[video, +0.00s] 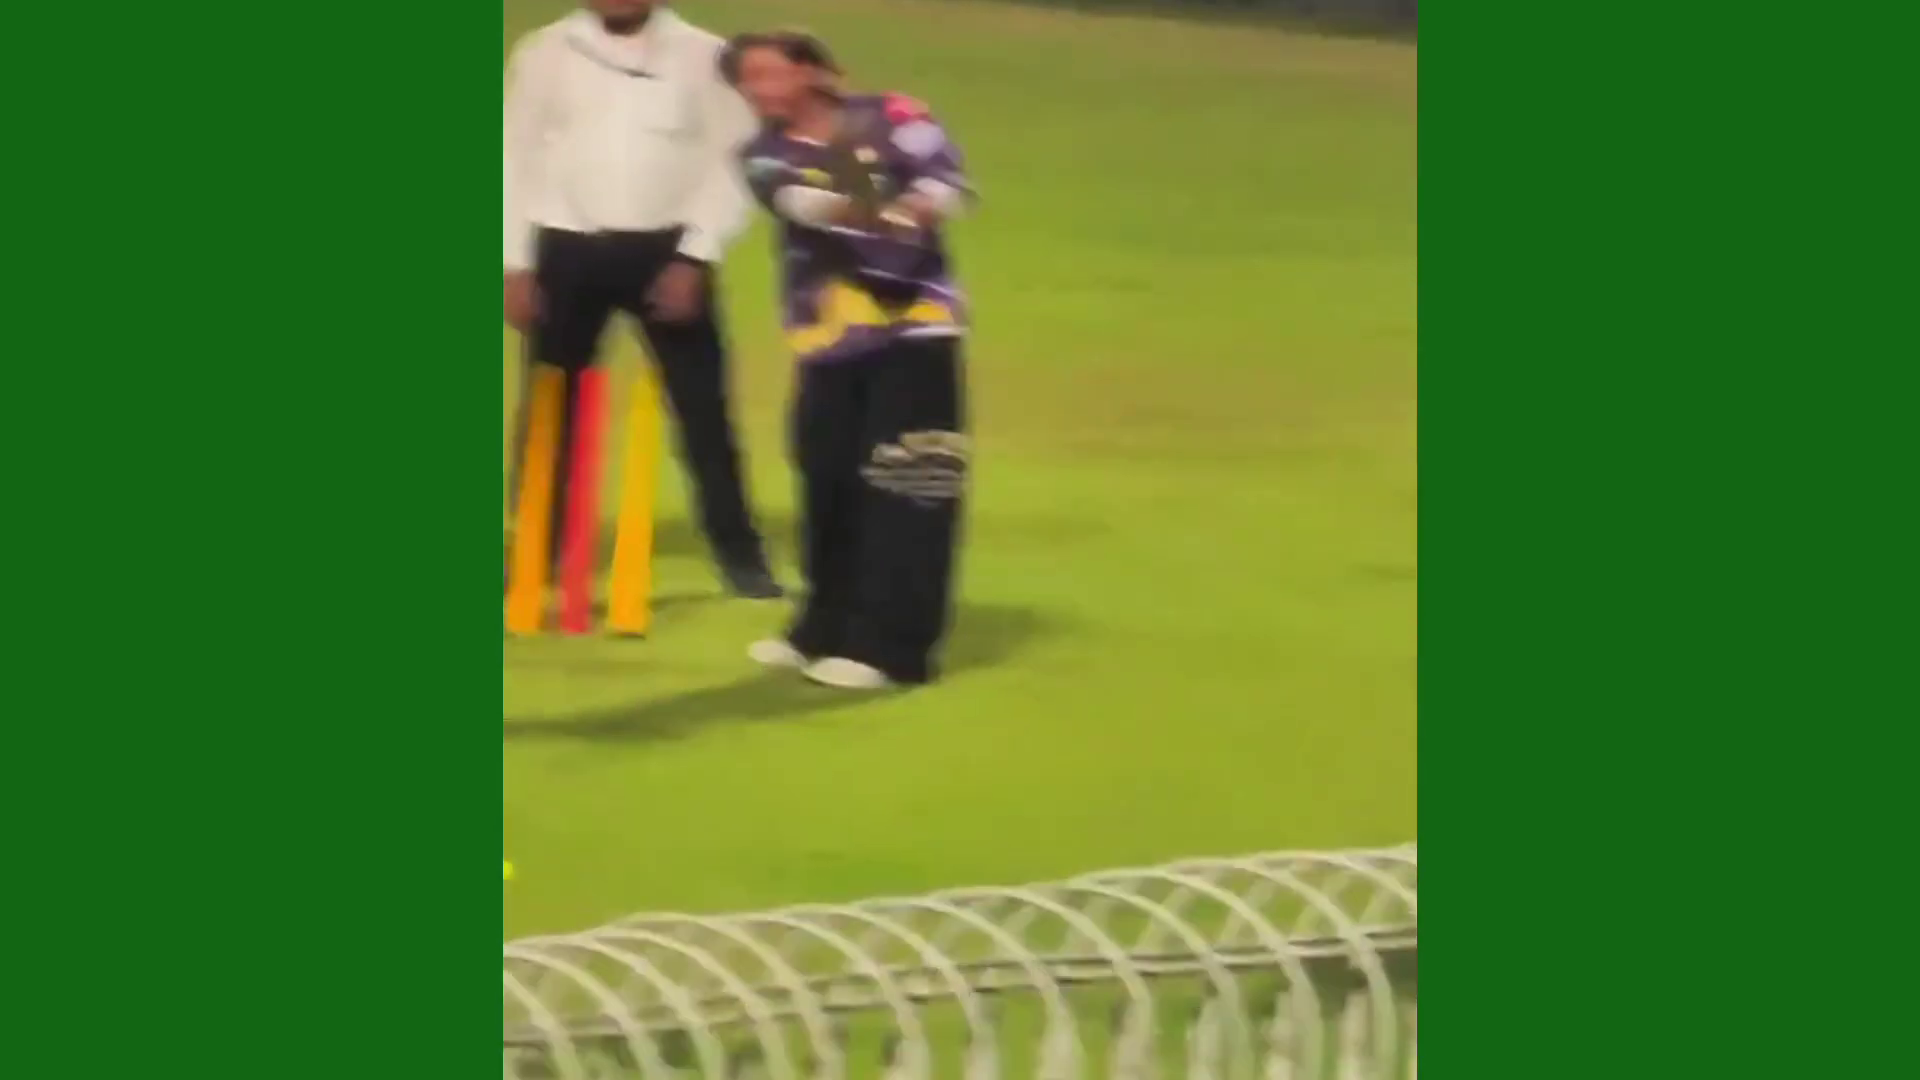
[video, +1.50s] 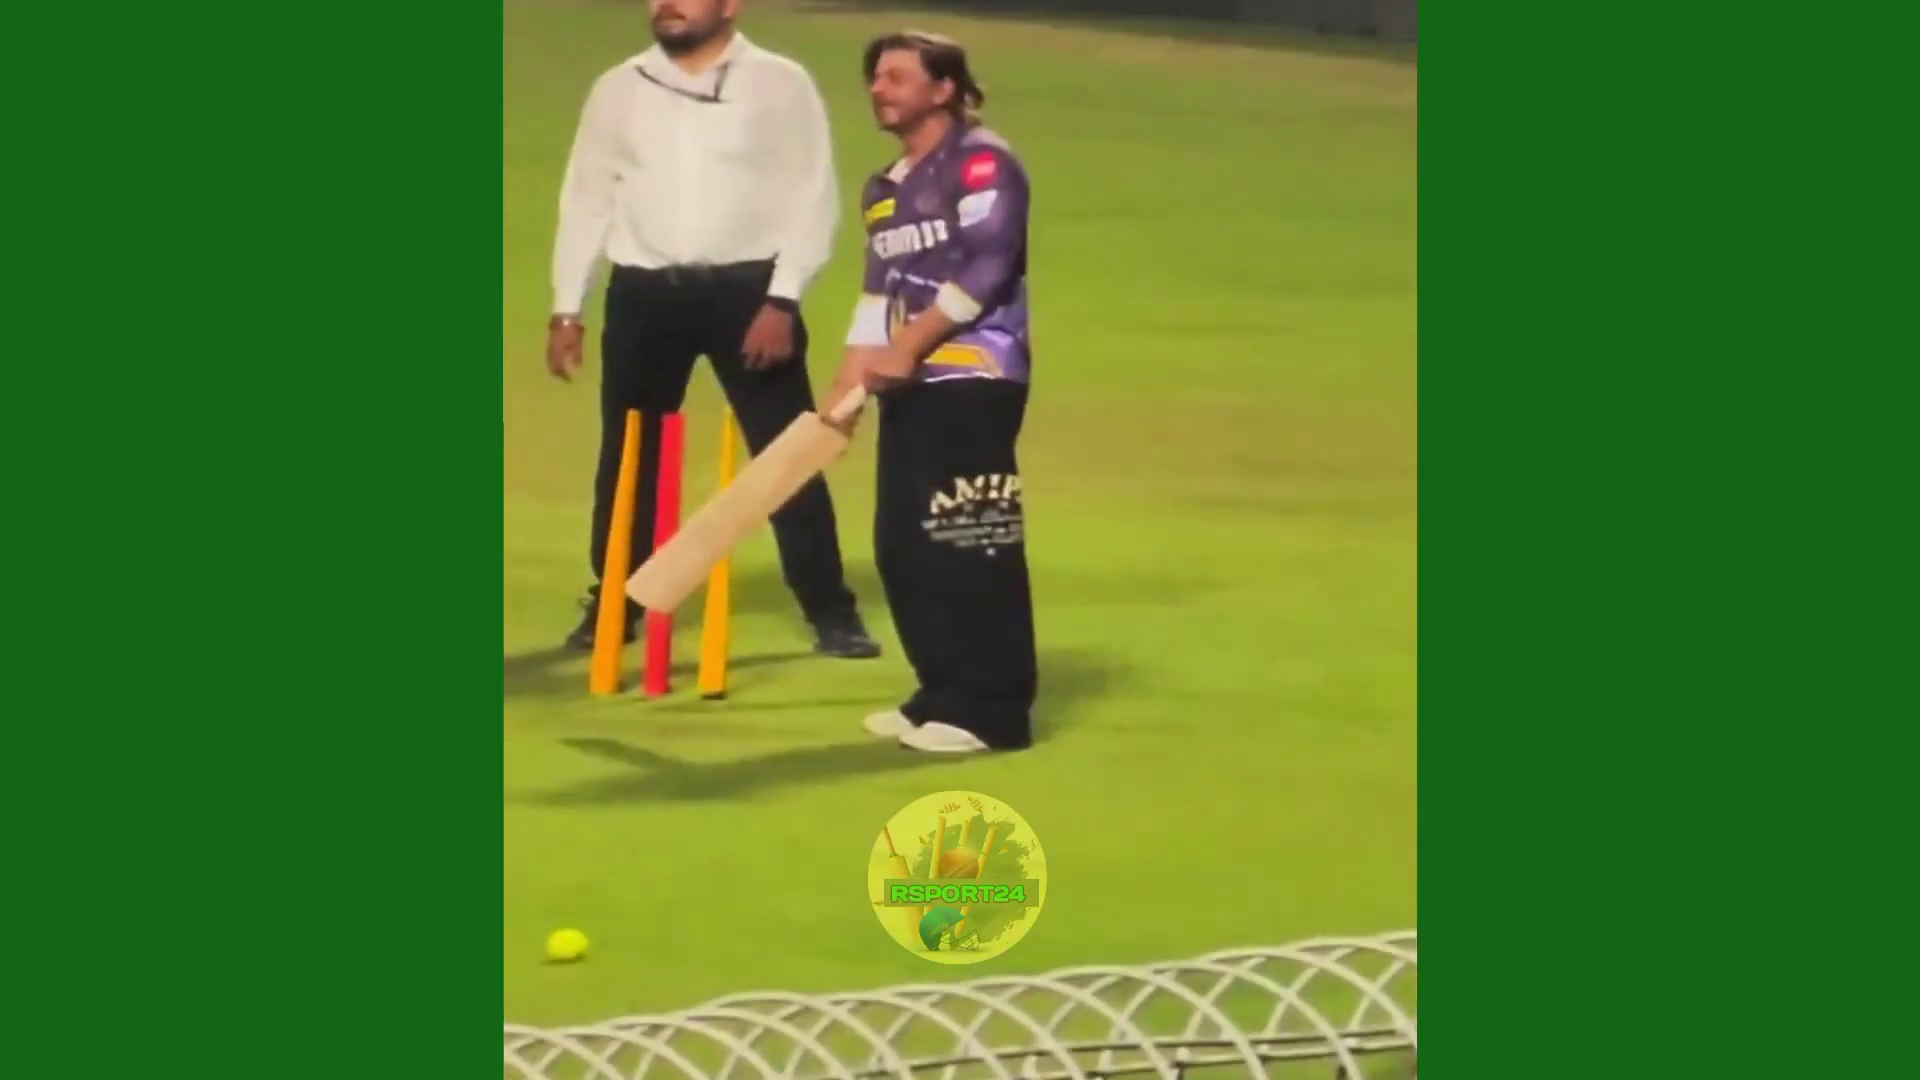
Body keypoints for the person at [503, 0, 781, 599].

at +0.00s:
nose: (618, 0)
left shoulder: (706, 58)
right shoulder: (540, 56)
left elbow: (737, 164)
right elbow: (516, 163)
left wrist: (695, 255)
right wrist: (518, 265)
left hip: (664, 253)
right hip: (569, 251)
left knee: (705, 417)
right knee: (551, 419)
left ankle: (742, 563)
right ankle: (545, 563)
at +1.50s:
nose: (666, 4)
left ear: (727, 6)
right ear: (651, 8)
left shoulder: (784, 85)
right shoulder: (618, 90)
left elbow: (815, 197)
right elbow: (584, 200)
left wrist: (784, 299)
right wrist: (568, 307)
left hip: (748, 298)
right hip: (645, 301)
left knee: (791, 457)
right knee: (626, 462)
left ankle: (832, 615)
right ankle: (614, 610)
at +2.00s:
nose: (744, 49)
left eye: (763, 35)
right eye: (739, 36)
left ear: (811, 47)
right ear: (730, 45)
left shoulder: (865, 131)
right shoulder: (702, 133)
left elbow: (898, 248)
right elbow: (666, 241)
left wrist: (864, 348)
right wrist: (646, 349)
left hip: (829, 343)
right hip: (723, 344)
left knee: (870, 512)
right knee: (705, 511)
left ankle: (902, 655)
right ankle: (691, 657)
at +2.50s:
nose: (798, 94)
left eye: (815, 83)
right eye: (793, 82)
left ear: (862, 95)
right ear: (787, 90)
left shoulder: (917, 176)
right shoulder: (758, 179)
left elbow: (947, 291)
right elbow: (727, 290)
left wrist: (913, 392)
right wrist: (708, 400)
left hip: (881, 387)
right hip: (777, 388)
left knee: (933, 550)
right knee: (773, 556)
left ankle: (985, 688)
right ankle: (780, 696)